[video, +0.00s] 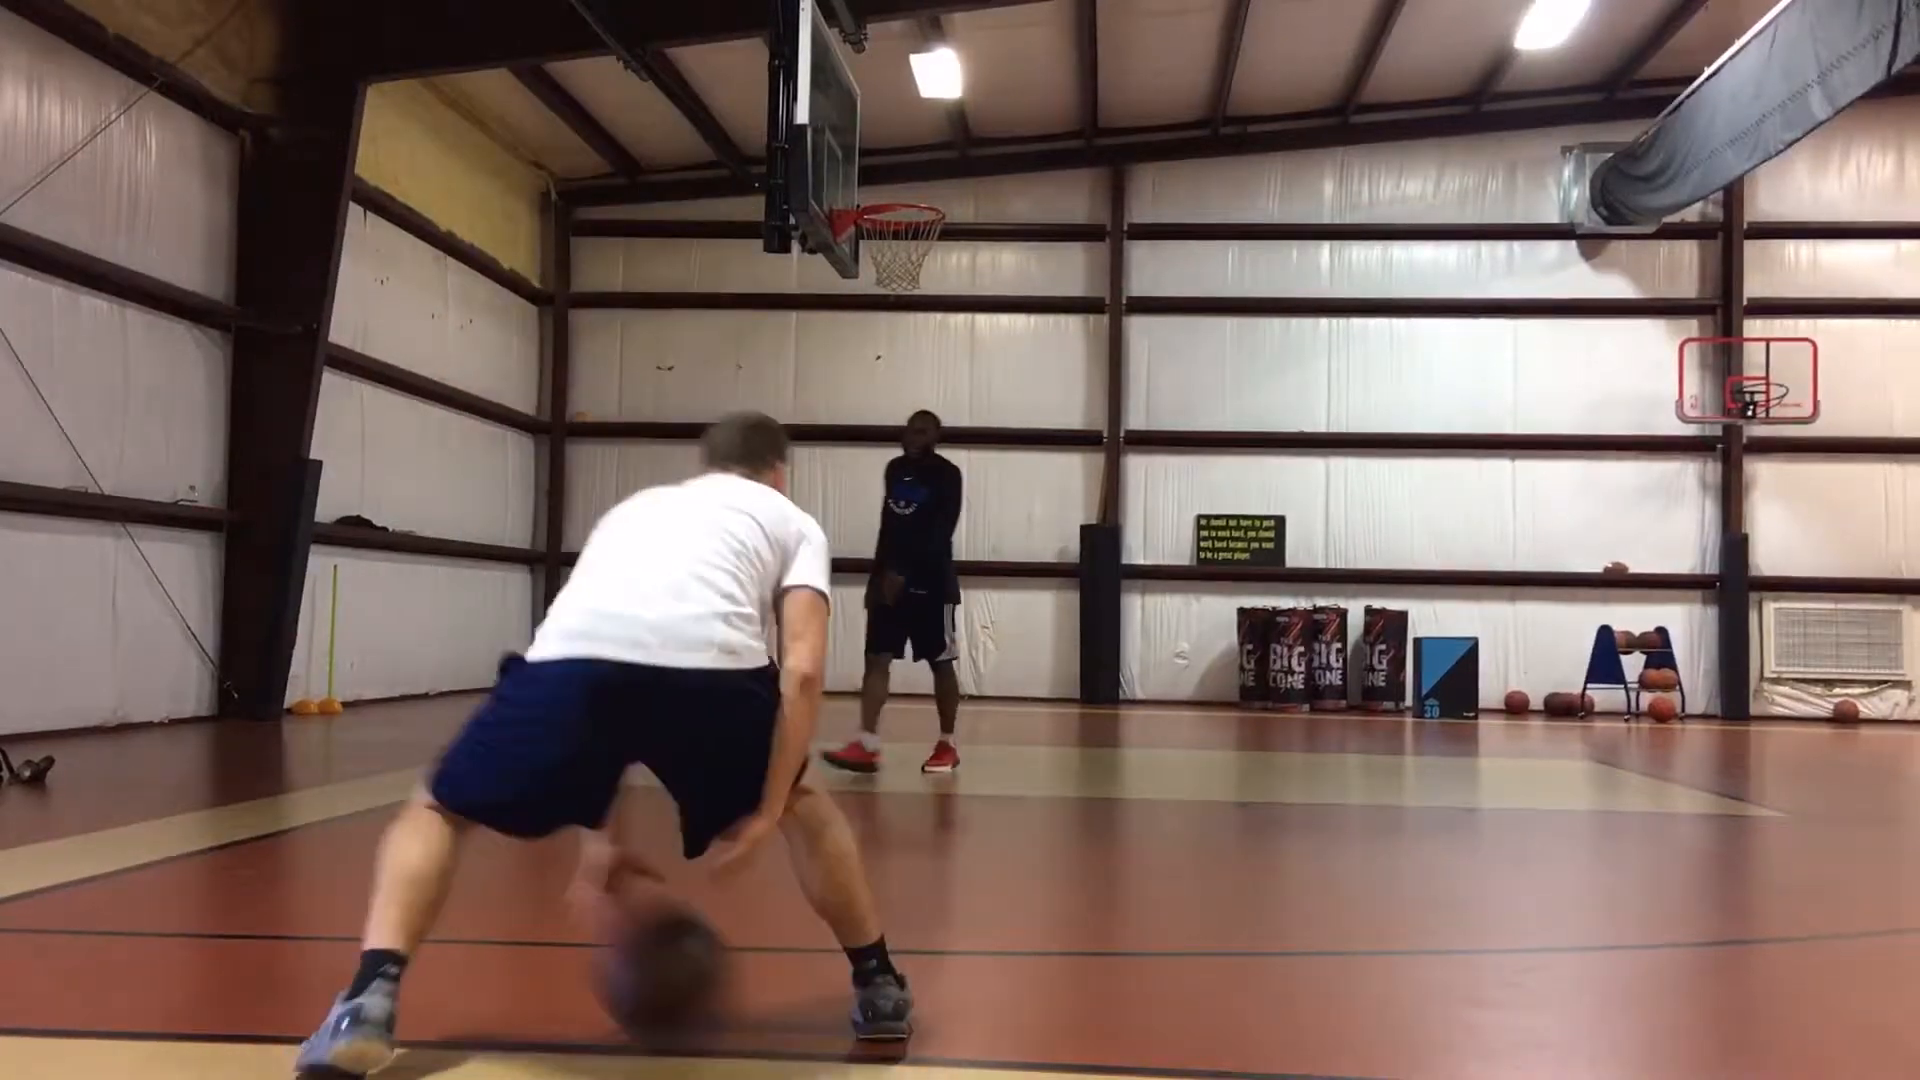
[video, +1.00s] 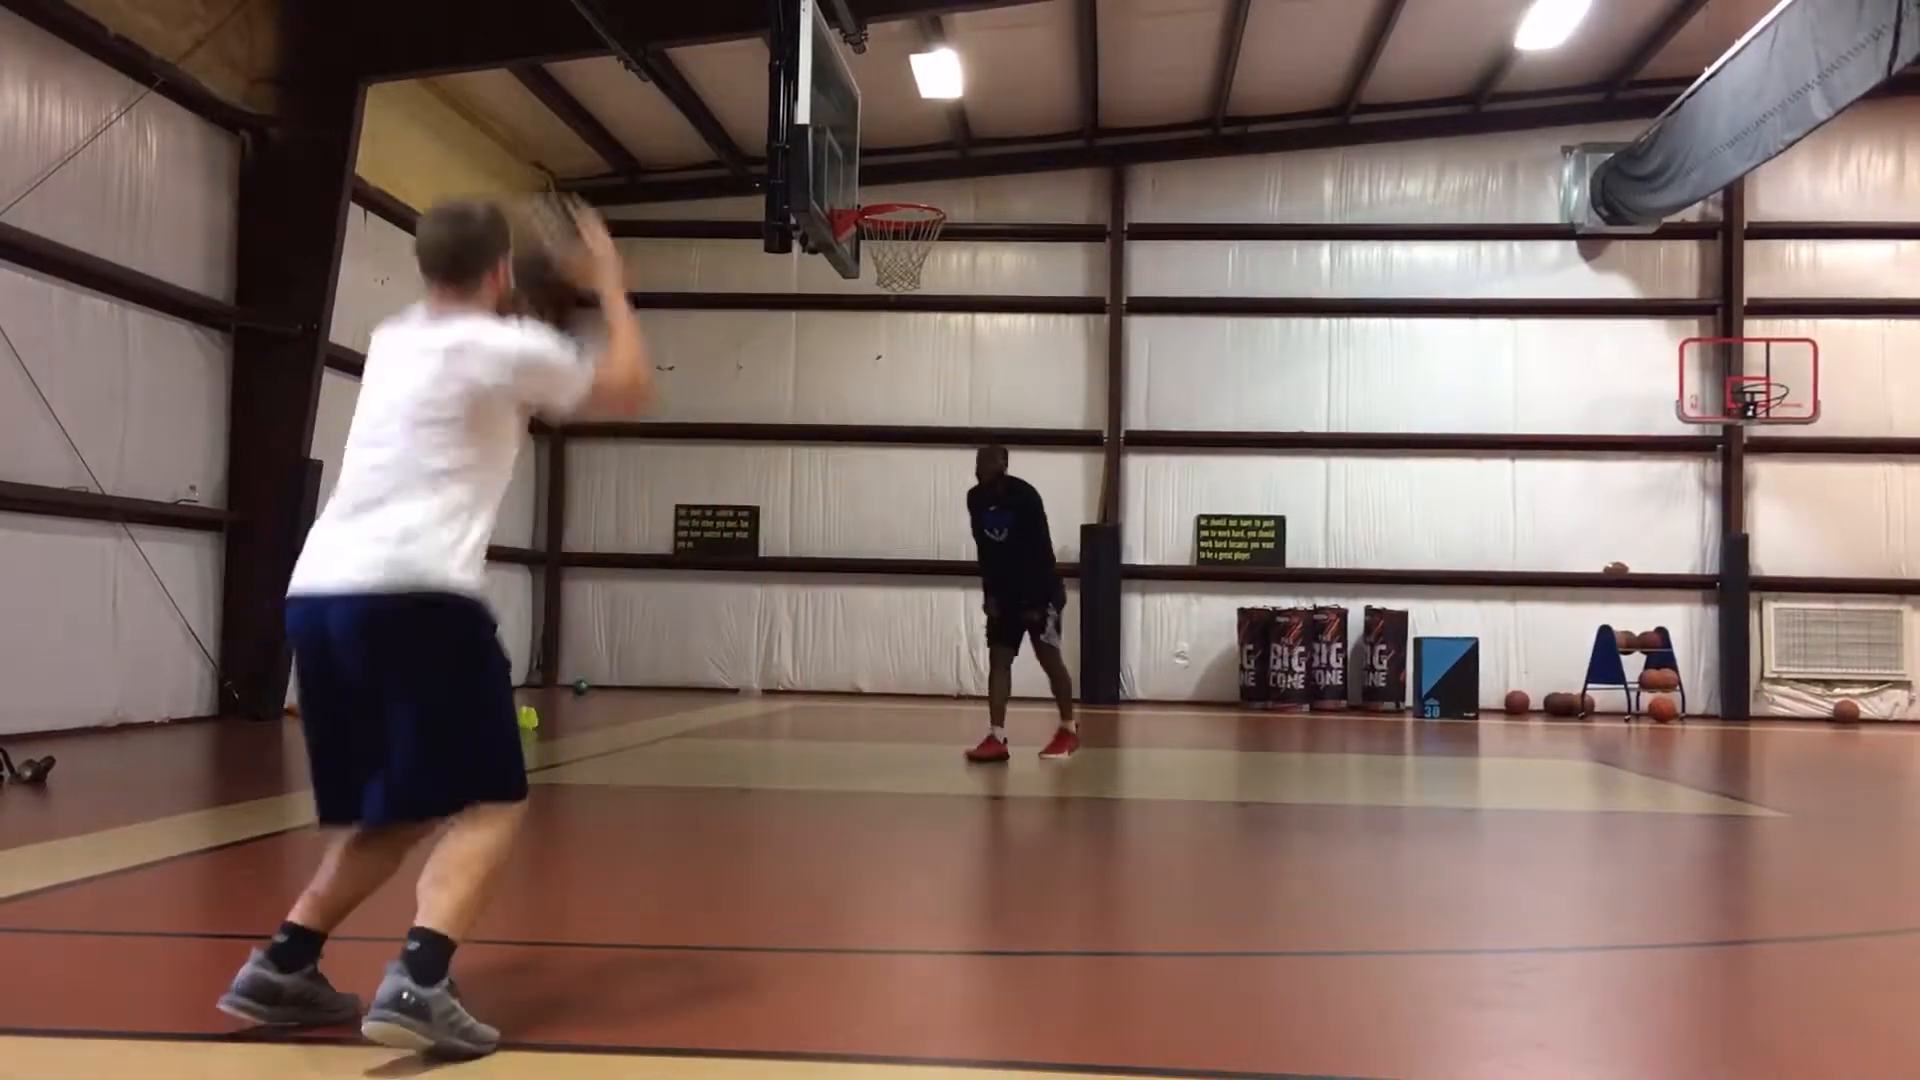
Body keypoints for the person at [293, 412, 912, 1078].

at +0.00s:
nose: (792, 487)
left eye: (789, 480)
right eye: (793, 480)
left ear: (704, 468)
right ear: (780, 474)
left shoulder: (635, 508)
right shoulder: (791, 521)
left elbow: (590, 650)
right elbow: (803, 667)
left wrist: (599, 836)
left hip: (571, 666)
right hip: (711, 677)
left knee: (436, 810)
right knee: (805, 807)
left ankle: (370, 996)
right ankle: (878, 983)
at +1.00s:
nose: (511, 273)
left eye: (509, 261)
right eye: (510, 261)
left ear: (427, 273)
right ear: (498, 274)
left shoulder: (393, 338)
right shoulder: (496, 346)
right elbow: (626, 384)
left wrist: (519, 295)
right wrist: (612, 285)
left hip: (322, 596)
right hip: (419, 597)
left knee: (394, 803)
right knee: (493, 799)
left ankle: (284, 967)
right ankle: (418, 983)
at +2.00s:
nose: (593, 241)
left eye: (562, 234)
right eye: (594, 233)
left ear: (518, 244)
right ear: (591, 242)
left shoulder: (476, 301)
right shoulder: (620, 342)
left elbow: (447, 228)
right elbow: (703, 463)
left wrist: (434, 169)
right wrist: (665, 410)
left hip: (474, 573)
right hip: (578, 579)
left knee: (462, 753)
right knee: (617, 764)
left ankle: (396, 928)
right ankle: (634, 946)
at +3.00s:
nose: (663, 164)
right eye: (670, 150)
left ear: (575, 156)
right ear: (670, 153)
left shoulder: (513, 253)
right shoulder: (715, 251)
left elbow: (466, 397)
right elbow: (768, 407)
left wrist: (441, 538)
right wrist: (807, 534)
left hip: (529, 544)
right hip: (664, 547)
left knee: (530, 787)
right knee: (679, 777)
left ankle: (512, 1022)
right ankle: (694, 1005)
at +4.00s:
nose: (765, 325)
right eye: (768, 314)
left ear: (674, 306)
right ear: (759, 314)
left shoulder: (615, 376)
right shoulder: (767, 385)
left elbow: (610, 512)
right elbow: (798, 565)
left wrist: (745, 537)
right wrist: (827, 543)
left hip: (537, 609)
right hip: (661, 609)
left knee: (595, 786)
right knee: (757, 810)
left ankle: (510, 950)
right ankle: (787, 1024)